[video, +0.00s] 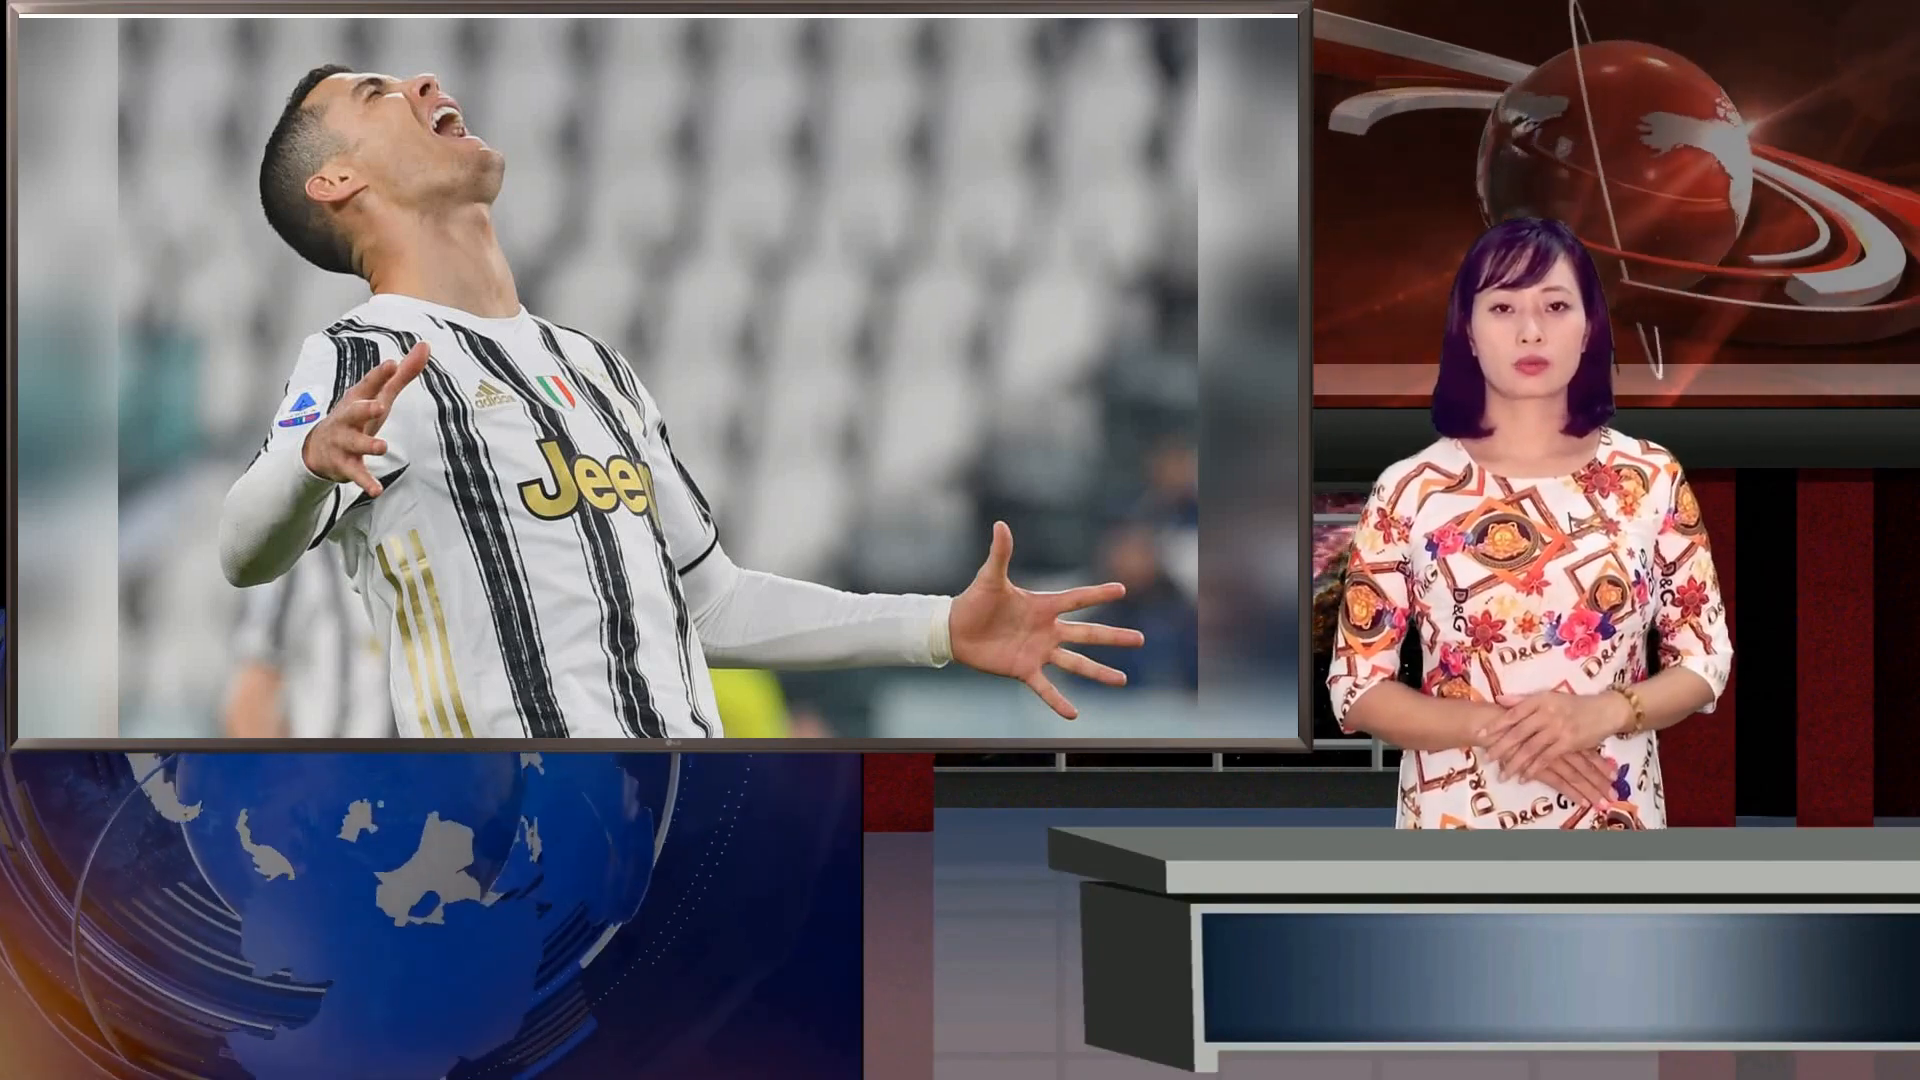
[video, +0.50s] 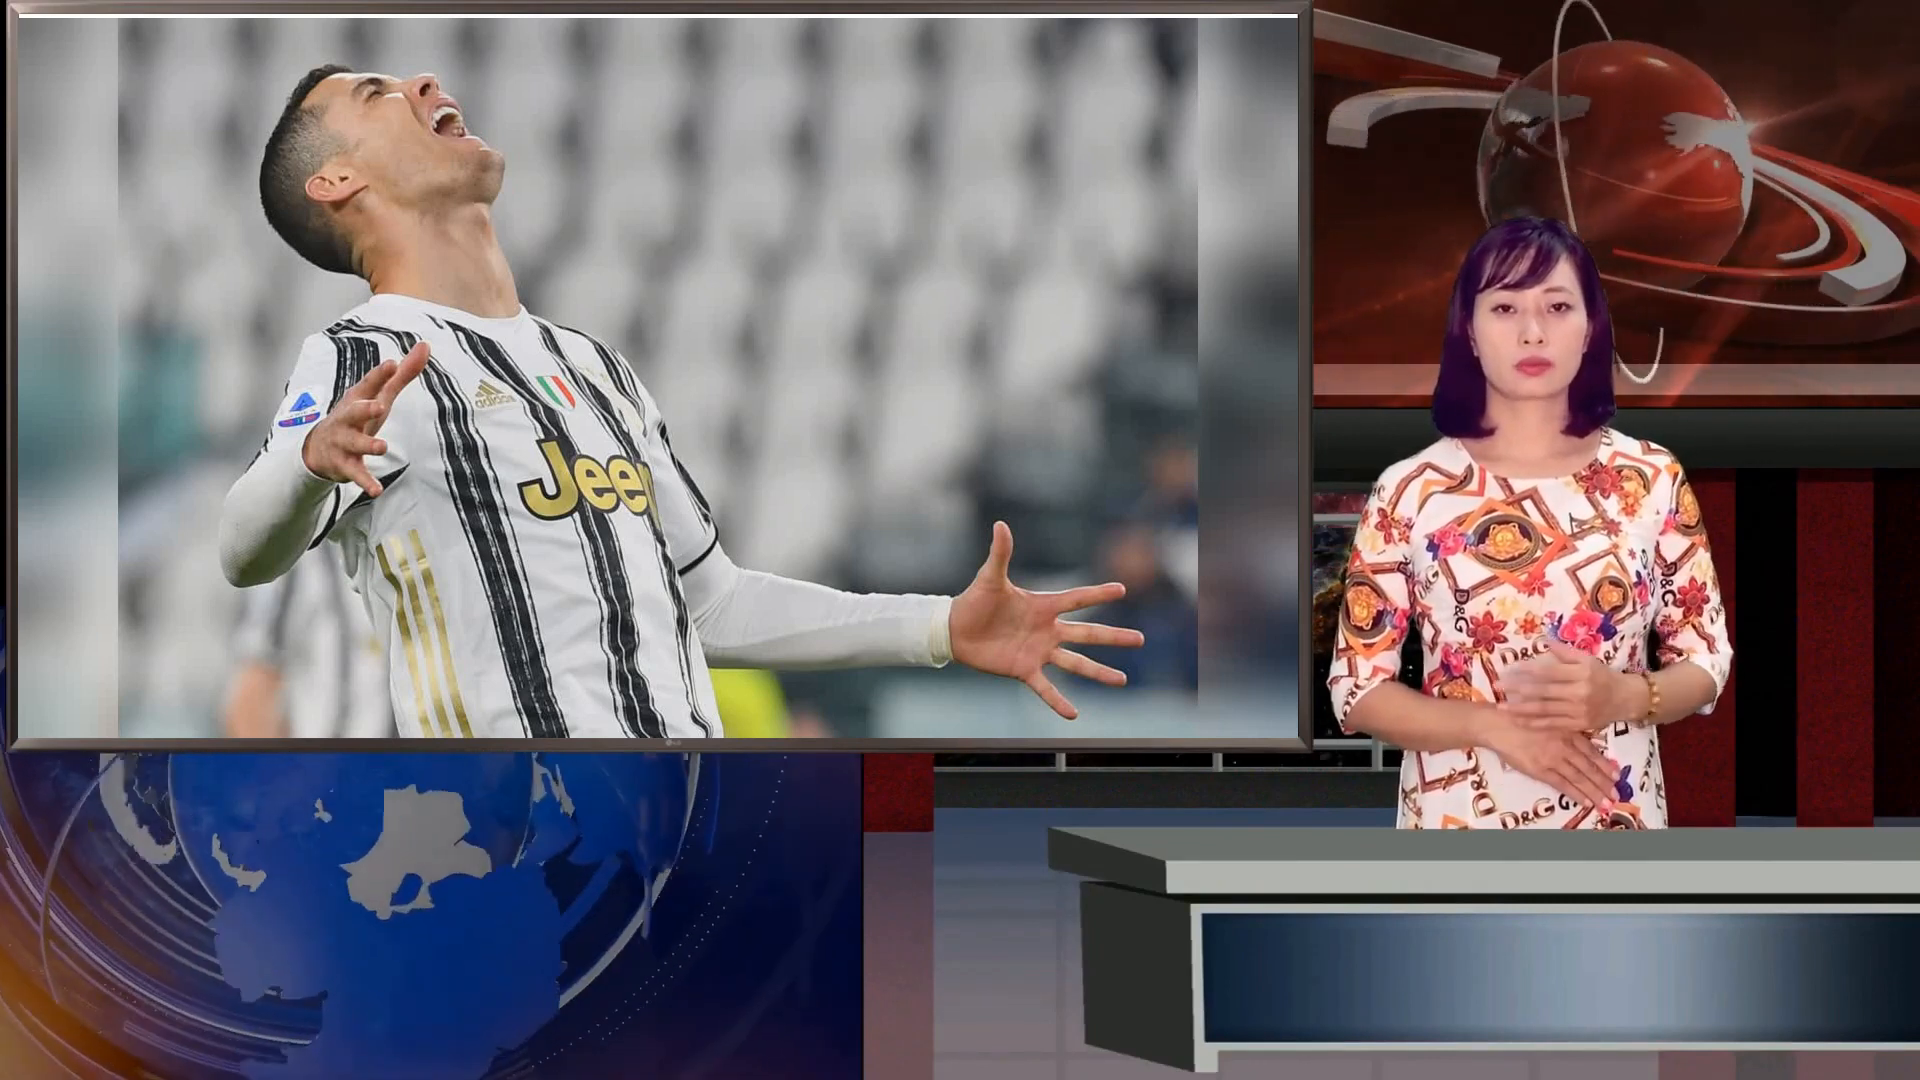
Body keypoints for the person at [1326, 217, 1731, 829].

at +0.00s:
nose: (1530, 330)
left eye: (1555, 306)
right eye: (1503, 308)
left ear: (1590, 326)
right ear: (1467, 329)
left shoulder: (1649, 478)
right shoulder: (1408, 491)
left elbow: (1705, 661)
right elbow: (1356, 688)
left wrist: (1602, 713)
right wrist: (1499, 729)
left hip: (1613, 830)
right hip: (1457, 830)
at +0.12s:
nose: (1531, 330)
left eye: (1556, 306)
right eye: (1503, 308)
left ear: (1589, 326)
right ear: (1467, 329)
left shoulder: (1648, 478)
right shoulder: (1409, 491)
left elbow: (1704, 661)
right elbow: (1356, 689)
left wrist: (1601, 713)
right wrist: (1499, 729)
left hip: (1613, 829)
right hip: (1457, 829)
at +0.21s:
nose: (1531, 330)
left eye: (1556, 306)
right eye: (1503, 308)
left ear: (1590, 326)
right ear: (1467, 329)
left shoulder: (1649, 478)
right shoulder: (1409, 491)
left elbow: (1705, 660)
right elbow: (1356, 689)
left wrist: (1601, 714)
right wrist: (1500, 730)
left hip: (1613, 829)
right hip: (1457, 829)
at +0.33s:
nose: (1532, 330)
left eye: (1557, 306)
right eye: (1504, 308)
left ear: (1591, 326)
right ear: (1467, 329)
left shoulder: (1649, 479)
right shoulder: (1409, 491)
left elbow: (1705, 661)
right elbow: (1357, 688)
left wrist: (1603, 708)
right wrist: (1501, 730)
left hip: (1614, 831)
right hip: (1458, 830)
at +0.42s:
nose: (1532, 330)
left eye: (1557, 306)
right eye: (1504, 308)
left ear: (1591, 326)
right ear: (1468, 329)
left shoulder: (1650, 479)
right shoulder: (1409, 491)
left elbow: (1704, 660)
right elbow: (1357, 690)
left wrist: (1607, 703)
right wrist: (1495, 727)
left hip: (1615, 831)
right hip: (1458, 830)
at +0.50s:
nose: (1532, 330)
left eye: (1558, 307)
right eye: (1504, 308)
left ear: (1591, 326)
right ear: (1468, 329)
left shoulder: (1651, 479)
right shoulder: (1409, 491)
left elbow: (1704, 661)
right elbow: (1356, 689)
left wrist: (1622, 697)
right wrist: (1490, 725)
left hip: (1616, 833)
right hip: (1459, 831)